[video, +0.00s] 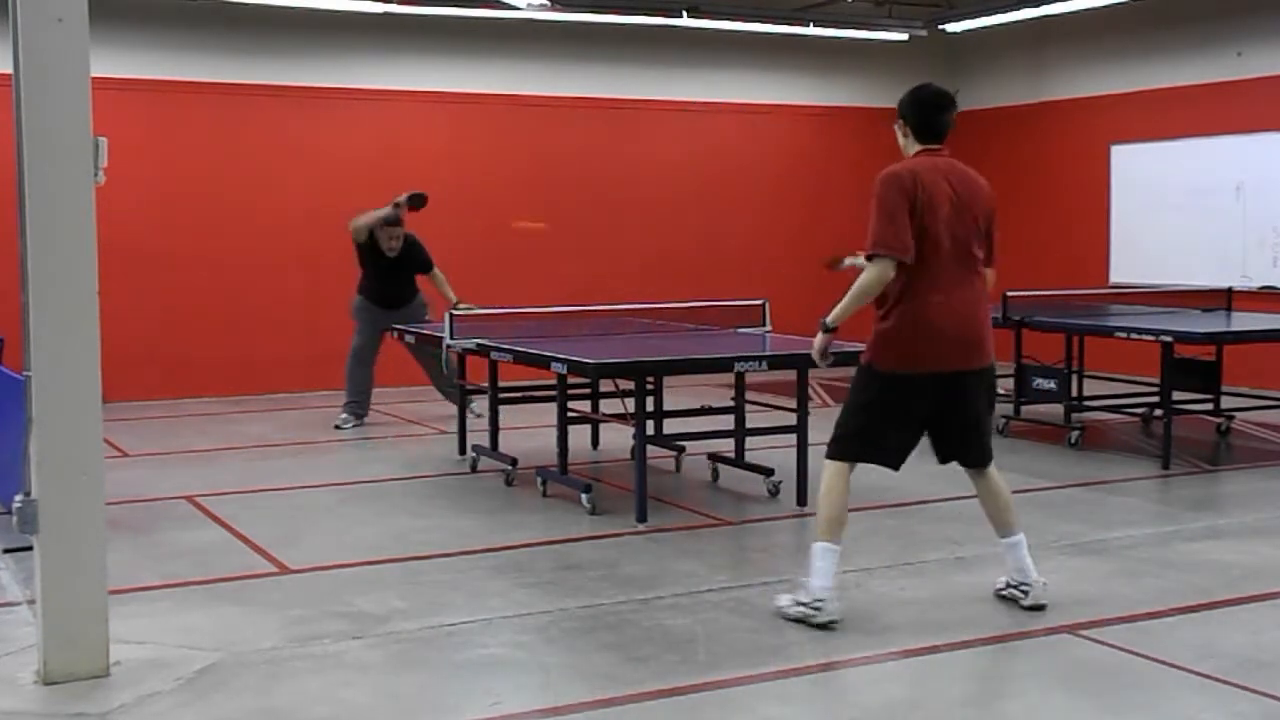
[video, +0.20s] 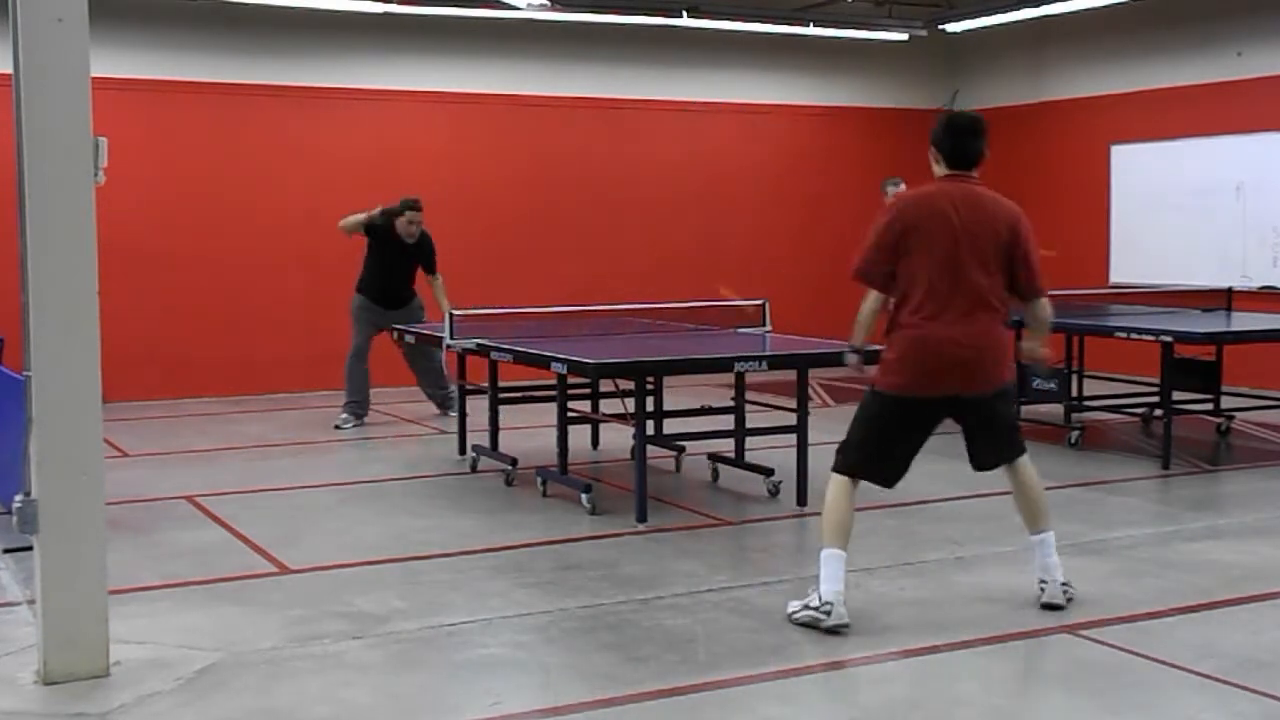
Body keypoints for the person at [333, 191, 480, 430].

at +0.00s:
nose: (393, 244)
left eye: (398, 238)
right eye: (389, 238)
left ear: (403, 235)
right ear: (377, 236)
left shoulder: (411, 246)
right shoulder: (366, 245)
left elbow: (433, 273)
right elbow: (356, 227)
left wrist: (455, 301)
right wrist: (391, 210)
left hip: (409, 309)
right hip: (372, 309)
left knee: (434, 355)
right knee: (361, 353)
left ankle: (464, 400)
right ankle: (354, 411)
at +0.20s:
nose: (415, 229)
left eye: (419, 224)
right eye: (411, 223)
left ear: (422, 222)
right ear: (397, 220)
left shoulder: (423, 241)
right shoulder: (380, 228)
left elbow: (433, 276)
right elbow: (345, 226)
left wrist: (445, 307)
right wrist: (370, 216)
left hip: (405, 305)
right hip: (370, 303)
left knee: (424, 353)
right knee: (358, 352)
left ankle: (446, 400)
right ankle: (354, 411)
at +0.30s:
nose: (426, 224)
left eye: (430, 219)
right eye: (421, 218)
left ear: (433, 218)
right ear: (410, 215)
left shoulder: (433, 241)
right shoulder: (391, 227)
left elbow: (437, 279)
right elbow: (351, 235)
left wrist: (444, 311)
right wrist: (355, 237)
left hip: (412, 308)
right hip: (376, 305)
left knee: (428, 356)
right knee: (361, 354)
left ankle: (446, 402)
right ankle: (354, 410)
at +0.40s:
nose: (435, 219)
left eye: (438, 214)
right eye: (430, 213)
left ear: (441, 214)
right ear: (416, 211)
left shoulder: (442, 238)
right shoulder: (396, 227)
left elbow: (445, 275)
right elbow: (361, 241)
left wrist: (447, 307)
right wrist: (359, 252)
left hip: (418, 306)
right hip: (382, 304)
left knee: (435, 353)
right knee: (368, 354)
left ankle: (447, 403)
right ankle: (356, 408)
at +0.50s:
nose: (436, 211)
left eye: (439, 206)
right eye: (430, 206)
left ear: (442, 207)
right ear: (417, 205)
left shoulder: (445, 233)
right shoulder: (396, 223)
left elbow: (452, 269)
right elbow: (366, 241)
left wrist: (456, 302)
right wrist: (363, 261)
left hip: (421, 303)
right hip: (385, 301)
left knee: (436, 354)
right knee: (369, 352)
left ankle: (447, 403)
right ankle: (355, 406)